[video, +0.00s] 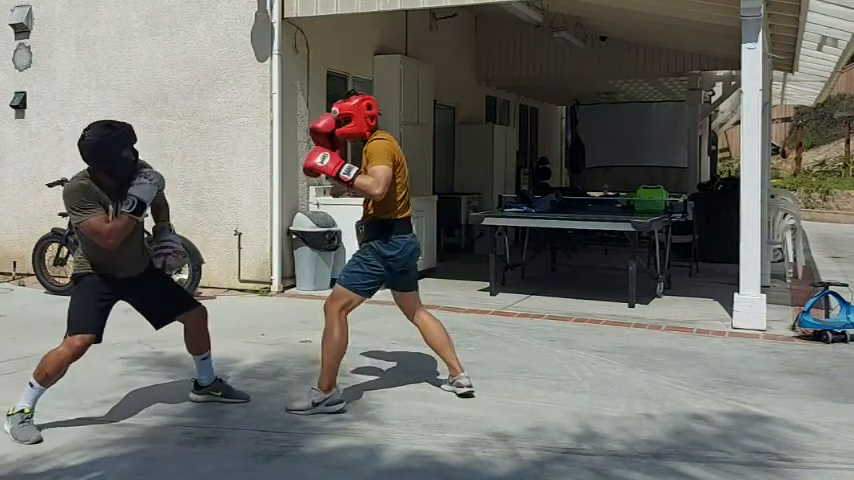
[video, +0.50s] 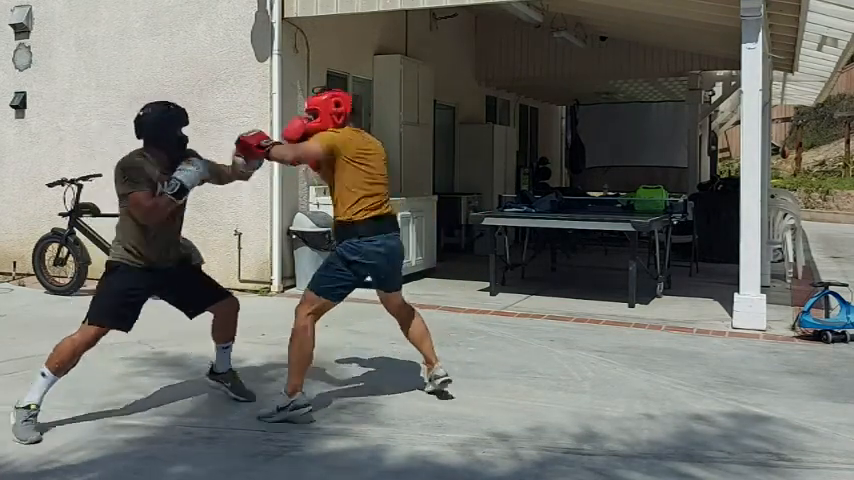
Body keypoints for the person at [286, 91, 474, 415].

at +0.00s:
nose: (344, 128)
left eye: (346, 122)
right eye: (343, 123)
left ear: (361, 120)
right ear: (369, 118)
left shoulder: (378, 144)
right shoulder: (380, 144)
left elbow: (376, 187)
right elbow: (353, 187)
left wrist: (339, 168)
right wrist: (330, 157)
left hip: (383, 244)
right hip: (402, 242)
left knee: (335, 307)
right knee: (416, 310)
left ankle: (326, 391)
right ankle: (458, 374)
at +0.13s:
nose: (340, 131)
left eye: (342, 125)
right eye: (339, 126)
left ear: (355, 125)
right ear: (361, 124)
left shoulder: (380, 148)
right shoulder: (366, 150)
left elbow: (360, 189)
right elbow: (330, 179)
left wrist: (339, 152)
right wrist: (319, 139)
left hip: (379, 248)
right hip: (396, 246)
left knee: (330, 309)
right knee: (411, 313)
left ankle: (325, 393)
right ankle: (458, 375)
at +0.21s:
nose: (337, 129)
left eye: (339, 123)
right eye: (337, 124)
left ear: (350, 122)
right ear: (358, 121)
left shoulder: (377, 146)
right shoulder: (360, 148)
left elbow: (352, 186)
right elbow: (324, 175)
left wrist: (334, 149)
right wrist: (314, 140)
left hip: (375, 247)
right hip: (394, 245)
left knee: (331, 311)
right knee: (410, 312)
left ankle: (325, 393)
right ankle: (455, 372)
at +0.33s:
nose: (330, 128)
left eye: (333, 121)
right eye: (328, 122)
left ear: (351, 120)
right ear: (357, 119)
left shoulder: (368, 143)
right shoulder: (367, 142)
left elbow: (340, 185)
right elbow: (336, 173)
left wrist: (311, 151)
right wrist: (313, 137)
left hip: (372, 246)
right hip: (394, 243)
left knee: (317, 304)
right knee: (399, 312)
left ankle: (319, 387)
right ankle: (438, 375)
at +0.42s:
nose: (320, 129)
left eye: (323, 121)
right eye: (320, 122)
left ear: (339, 121)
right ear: (352, 120)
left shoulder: (353, 143)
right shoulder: (374, 143)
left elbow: (329, 175)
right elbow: (338, 185)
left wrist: (304, 158)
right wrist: (311, 157)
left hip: (363, 248)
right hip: (393, 246)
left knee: (303, 300)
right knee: (404, 314)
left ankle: (299, 384)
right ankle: (440, 375)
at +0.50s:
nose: (310, 123)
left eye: (313, 117)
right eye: (310, 117)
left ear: (328, 116)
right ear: (345, 116)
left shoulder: (334, 138)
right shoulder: (374, 144)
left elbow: (293, 154)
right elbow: (339, 178)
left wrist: (264, 147)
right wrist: (305, 147)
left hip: (356, 246)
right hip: (389, 242)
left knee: (306, 314)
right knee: (398, 305)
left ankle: (294, 397)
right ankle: (434, 368)